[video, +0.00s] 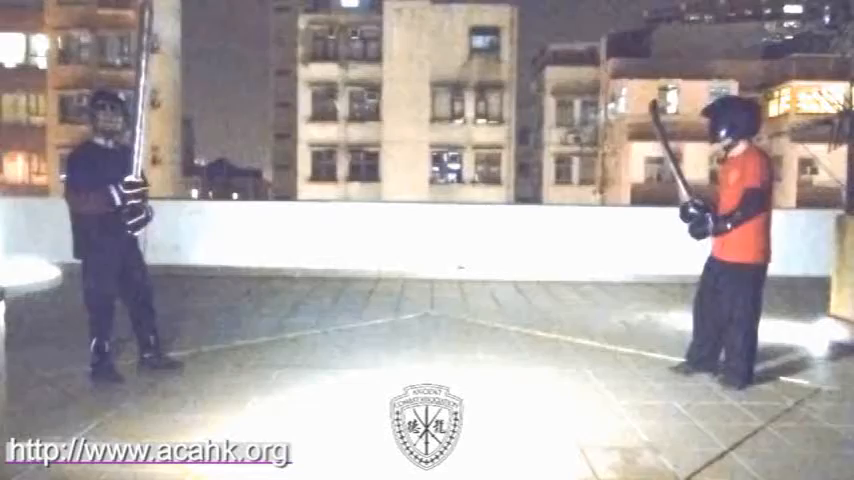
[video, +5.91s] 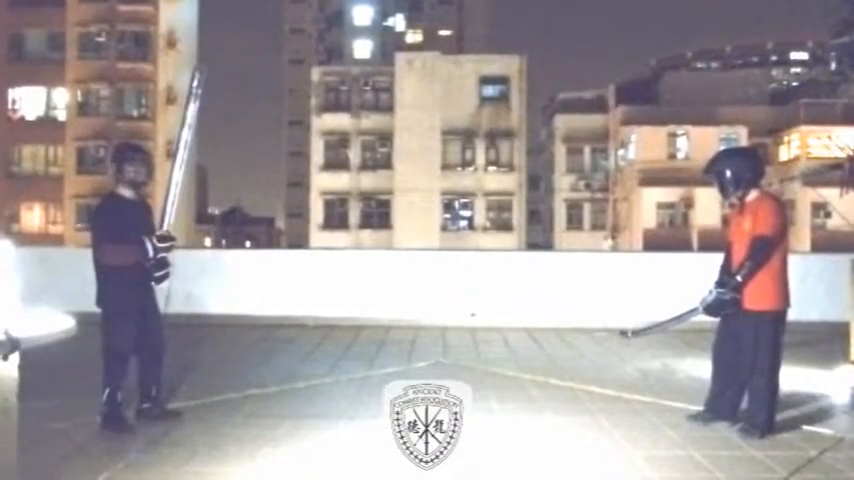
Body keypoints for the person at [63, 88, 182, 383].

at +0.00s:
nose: (108, 117)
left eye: (114, 111)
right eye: (102, 111)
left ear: (123, 117)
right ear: (91, 117)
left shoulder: (125, 156)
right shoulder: (81, 157)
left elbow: (136, 193)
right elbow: (78, 202)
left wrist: (143, 211)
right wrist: (115, 196)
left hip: (125, 238)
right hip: (96, 241)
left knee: (140, 293)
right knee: (101, 299)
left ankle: (150, 351)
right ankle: (100, 359)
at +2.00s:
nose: (136, 119)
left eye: (137, 114)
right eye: (130, 114)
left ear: (135, 117)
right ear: (114, 116)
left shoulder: (129, 154)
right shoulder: (99, 155)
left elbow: (127, 191)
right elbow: (99, 198)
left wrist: (146, 192)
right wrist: (139, 198)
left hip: (131, 236)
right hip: (106, 239)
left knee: (141, 290)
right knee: (107, 296)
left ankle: (141, 348)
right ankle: (102, 354)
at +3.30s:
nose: (136, 159)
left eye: (137, 153)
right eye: (130, 153)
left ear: (131, 156)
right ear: (114, 154)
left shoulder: (126, 193)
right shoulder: (96, 194)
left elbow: (127, 232)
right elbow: (94, 237)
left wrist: (146, 233)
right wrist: (132, 241)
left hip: (130, 272)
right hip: (106, 275)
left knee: (142, 329)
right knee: (107, 335)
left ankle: (140, 390)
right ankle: (100, 396)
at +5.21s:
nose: (155, 176)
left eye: (154, 171)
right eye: (149, 170)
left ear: (140, 175)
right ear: (133, 173)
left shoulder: (145, 211)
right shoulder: (116, 213)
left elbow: (145, 252)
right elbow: (117, 259)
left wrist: (163, 264)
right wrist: (158, 255)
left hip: (147, 293)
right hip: (123, 296)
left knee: (159, 346)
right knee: (125, 352)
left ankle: (157, 405)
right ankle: (118, 410)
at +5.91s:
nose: (140, 171)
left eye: (144, 165)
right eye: (134, 165)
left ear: (148, 171)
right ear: (119, 168)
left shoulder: (143, 208)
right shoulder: (107, 208)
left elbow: (145, 246)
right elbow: (105, 254)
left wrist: (160, 253)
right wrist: (146, 251)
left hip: (142, 288)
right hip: (115, 290)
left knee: (152, 343)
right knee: (118, 346)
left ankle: (150, 401)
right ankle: (111, 406)